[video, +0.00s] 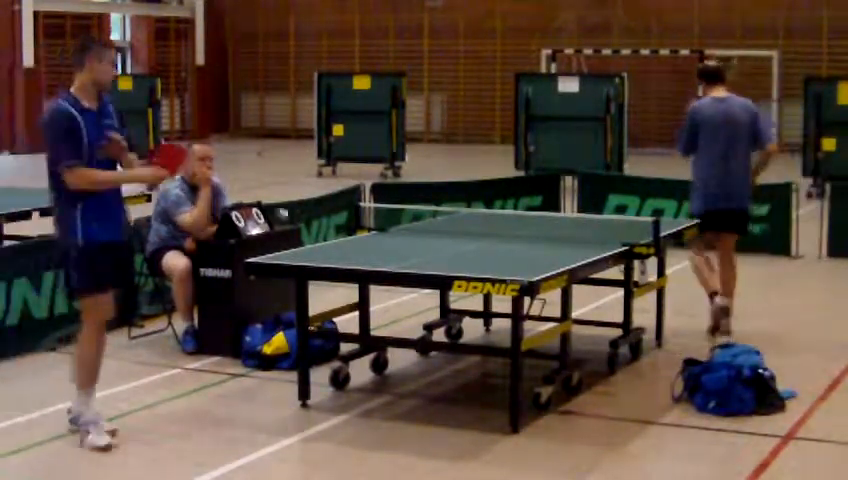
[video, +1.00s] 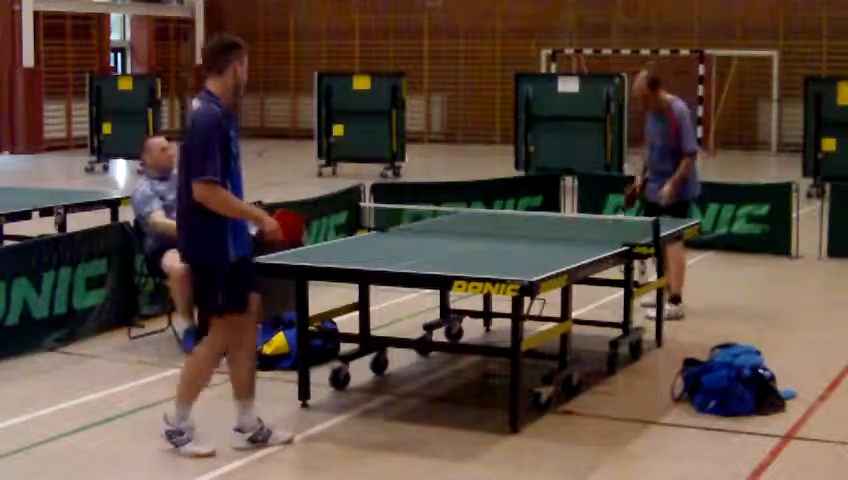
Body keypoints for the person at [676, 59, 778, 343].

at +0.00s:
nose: (700, 89)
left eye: (699, 86)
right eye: (703, 85)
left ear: (702, 84)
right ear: (724, 81)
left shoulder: (698, 109)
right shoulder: (747, 107)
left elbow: (686, 148)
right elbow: (769, 147)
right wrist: (754, 173)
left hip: (707, 193)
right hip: (738, 192)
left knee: (698, 250)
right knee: (727, 253)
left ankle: (715, 295)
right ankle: (724, 315)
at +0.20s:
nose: (688, 84)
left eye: (689, 80)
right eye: (691, 79)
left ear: (693, 79)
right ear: (714, 77)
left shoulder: (688, 106)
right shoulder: (735, 105)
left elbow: (677, 145)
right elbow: (746, 140)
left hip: (691, 191)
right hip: (724, 192)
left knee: (681, 247)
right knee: (722, 249)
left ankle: (680, 307)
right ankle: (724, 314)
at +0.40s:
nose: (667, 89)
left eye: (669, 83)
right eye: (668, 83)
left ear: (679, 83)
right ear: (694, 82)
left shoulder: (672, 110)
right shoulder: (714, 108)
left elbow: (661, 155)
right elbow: (722, 144)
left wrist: (679, 164)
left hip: (678, 194)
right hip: (709, 194)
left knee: (672, 248)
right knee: (703, 246)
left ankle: (674, 305)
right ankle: (720, 295)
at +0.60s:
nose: (652, 87)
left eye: (654, 82)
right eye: (651, 82)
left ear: (669, 80)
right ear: (675, 79)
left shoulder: (671, 107)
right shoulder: (701, 105)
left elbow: (660, 150)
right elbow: (707, 146)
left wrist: (646, 145)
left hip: (671, 189)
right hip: (697, 187)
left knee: (670, 245)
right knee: (679, 239)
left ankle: (673, 304)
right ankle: (700, 279)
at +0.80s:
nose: (643, 88)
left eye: (645, 83)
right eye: (642, 83)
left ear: (658, 81)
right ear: (661, 79)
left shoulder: (676, 108)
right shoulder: (674, 105)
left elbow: (678, 152)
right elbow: (670, 149)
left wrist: (654, 176)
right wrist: (652, 173)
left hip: (674, 191)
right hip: (672, 189)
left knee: (667, 246)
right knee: (666, 245)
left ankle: (673, 302)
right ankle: (668, 297)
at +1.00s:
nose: (642, 102)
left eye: (644, 96)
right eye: (639, 97)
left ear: (656, 91)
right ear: (645, 93)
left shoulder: (678, 110)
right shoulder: (652, 110)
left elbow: (690, 154)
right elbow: (652, 151)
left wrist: (672, 184)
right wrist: (641, 177)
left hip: (676, 188)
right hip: (655, 186)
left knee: (674, 241)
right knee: (659, 242)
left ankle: (675, 299)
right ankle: (662, 293)